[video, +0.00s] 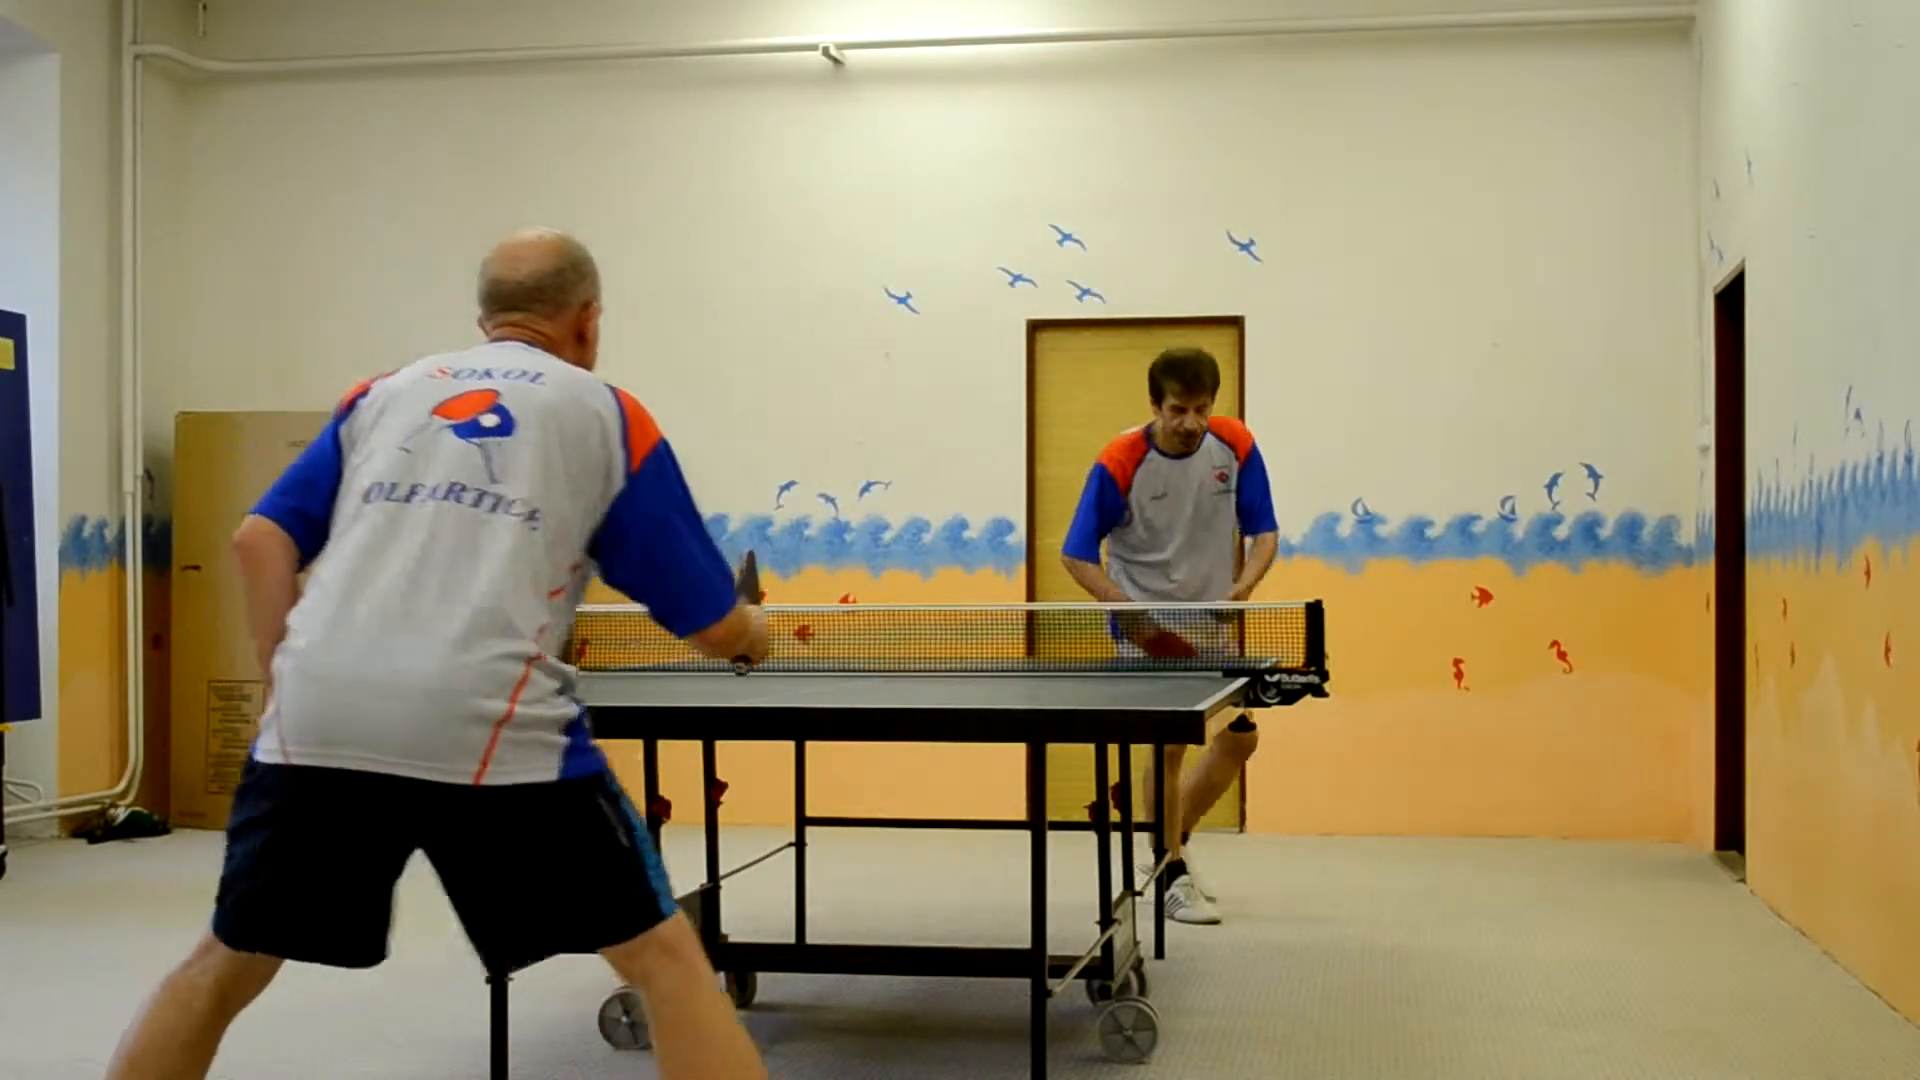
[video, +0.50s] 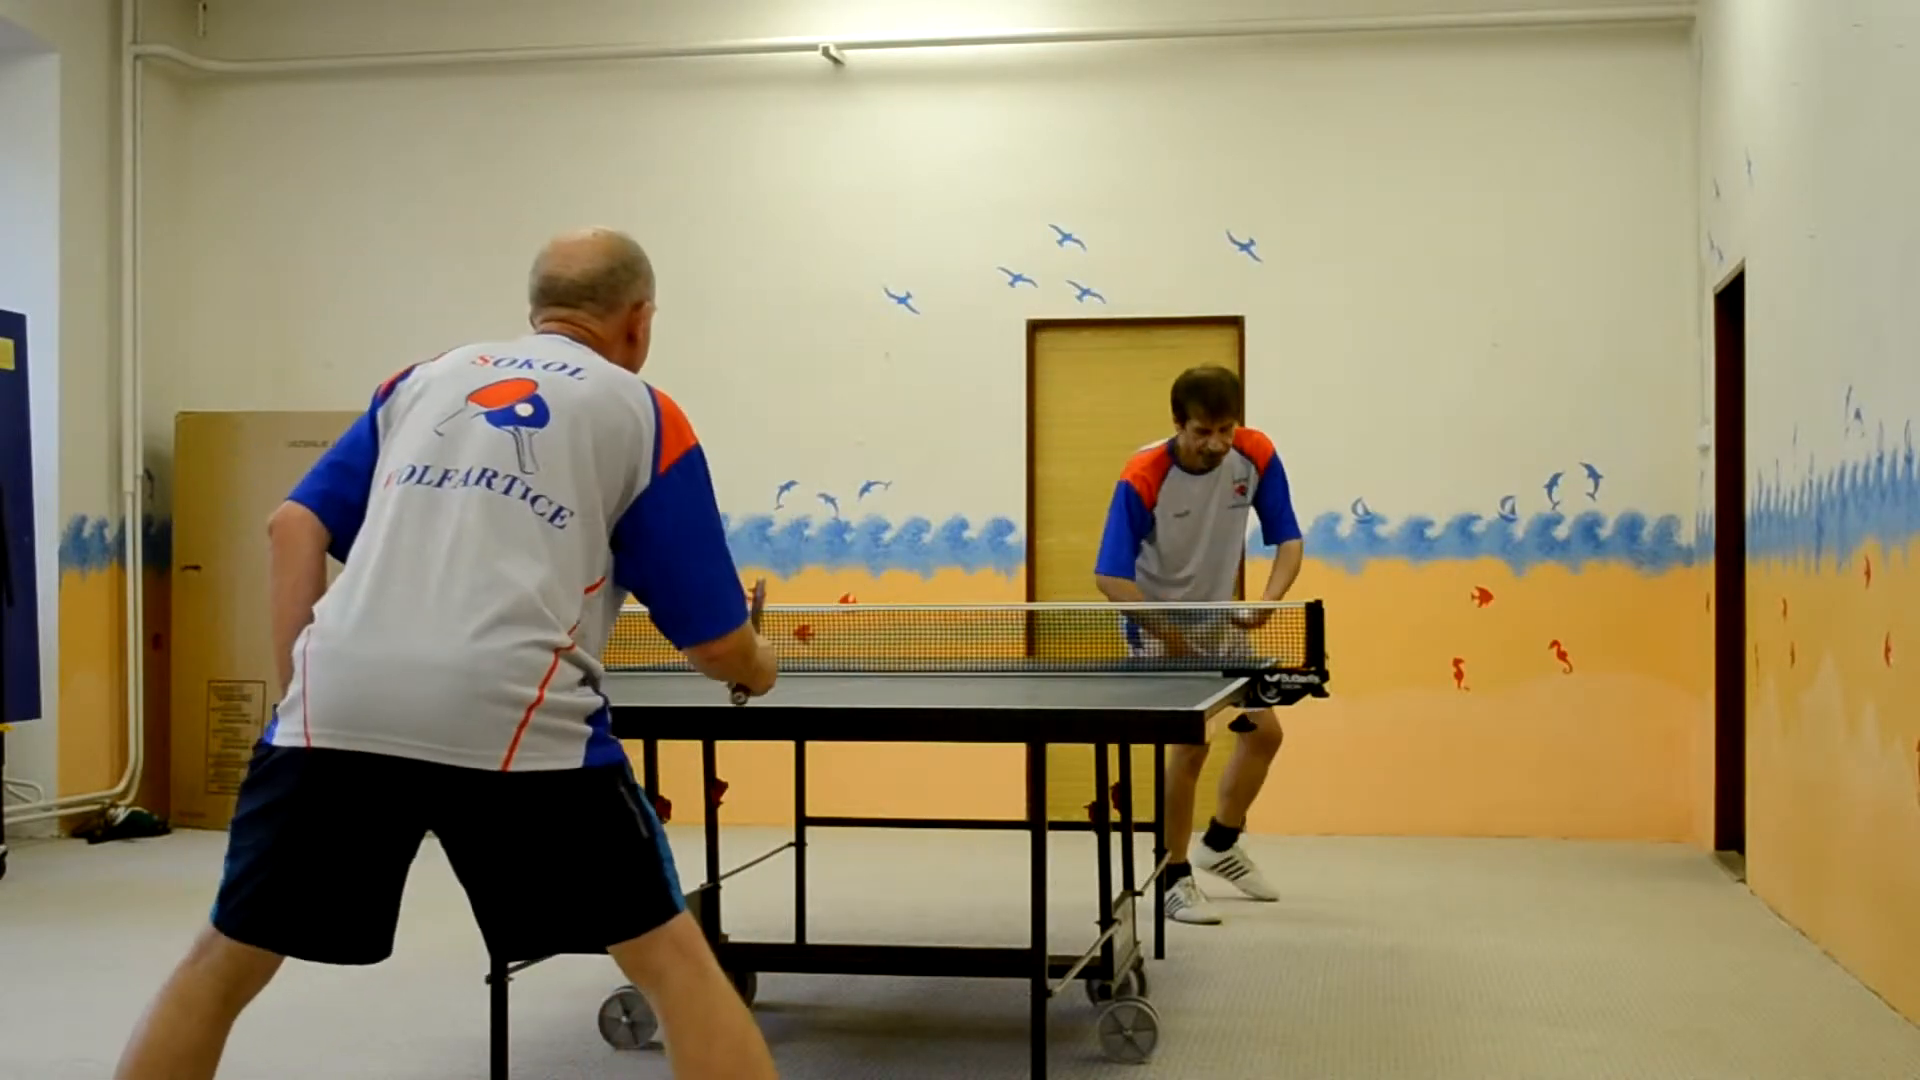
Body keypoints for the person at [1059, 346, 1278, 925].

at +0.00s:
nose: (1191, 422)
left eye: (1200, 409)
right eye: (1178, 410)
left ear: (1212, 403)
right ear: (1155, 405)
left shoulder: (1235, 444)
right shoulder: (1118, 463)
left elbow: (1263, 538)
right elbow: (1077, 556)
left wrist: (1235, 597)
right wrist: (1135, 618)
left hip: (1215, 622)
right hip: (1149, 627)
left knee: (1238, 737)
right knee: (1169, 745)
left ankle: (1167, 844)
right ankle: (1171, 875)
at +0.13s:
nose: (1200, 438)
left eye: (1210, 425)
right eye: (1187, 426)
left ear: (1222, 418)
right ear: (1163, 419)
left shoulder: (1242, 454)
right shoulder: (1127, 473)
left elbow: (1273, 545)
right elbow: (1088, 569)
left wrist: (1255, 607)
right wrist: (1140, 632)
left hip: (1213, 632)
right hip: (1151, 637)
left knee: (1247, 738)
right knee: (1175, 746)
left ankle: (1197, 857)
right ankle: (1170, 879)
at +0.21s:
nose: (1204, 445)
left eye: (1215, 432)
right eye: (1192, 433)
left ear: (1227, 424)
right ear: (1168, 425)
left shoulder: (1246, 459)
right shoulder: (1132, 477)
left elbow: (1277, 550)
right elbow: (1091, 576)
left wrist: (1260, 618)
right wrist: (1143, 640)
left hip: (1212, 630)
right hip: (1150, 636)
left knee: (1246, 740)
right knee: (1179, 745)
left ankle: (1207, 862)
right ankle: (1170, 880)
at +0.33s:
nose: (1210, 448)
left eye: (1220, 436)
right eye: (1197, 437)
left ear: (1232, 428)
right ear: (1173, 428)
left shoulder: (1250, 462)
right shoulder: (1135, 480)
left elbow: (1281, 554)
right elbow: (1095, 579)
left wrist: (1263, 622)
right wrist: (1148, 646)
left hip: (1212, 629)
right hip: (1152, 636)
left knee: (1244, 744)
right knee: (1184, 745)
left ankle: (1206, 863)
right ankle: (1171, 880)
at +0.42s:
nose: (1212, 447)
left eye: (1222, 434)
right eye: (1199, 435)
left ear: (1234, 426)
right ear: (1175, 427)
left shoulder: (1253, 459)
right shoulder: (1139, 479)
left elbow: (1284, 551)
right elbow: (1100, 578)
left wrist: (1265, 618)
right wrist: (1151, 641)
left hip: (1215, 625)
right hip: (1154, 630)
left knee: (1249, 743)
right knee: (1186, 746)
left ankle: (1209, 858)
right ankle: (1171, 879)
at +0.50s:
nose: (1215, 442)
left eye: (1225, 429)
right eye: (1202, 431)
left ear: (1236, 421)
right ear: (1178, 423)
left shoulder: (1253, 454)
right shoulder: (1144, 475)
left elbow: (1289, 543)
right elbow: (1111, 576)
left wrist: (1267, 602)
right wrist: (1163, 631)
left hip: (1221, 628)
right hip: (1160, 633)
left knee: (1263, 734)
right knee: (1188, 745)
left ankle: (1218, 846)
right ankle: (1172, 878)